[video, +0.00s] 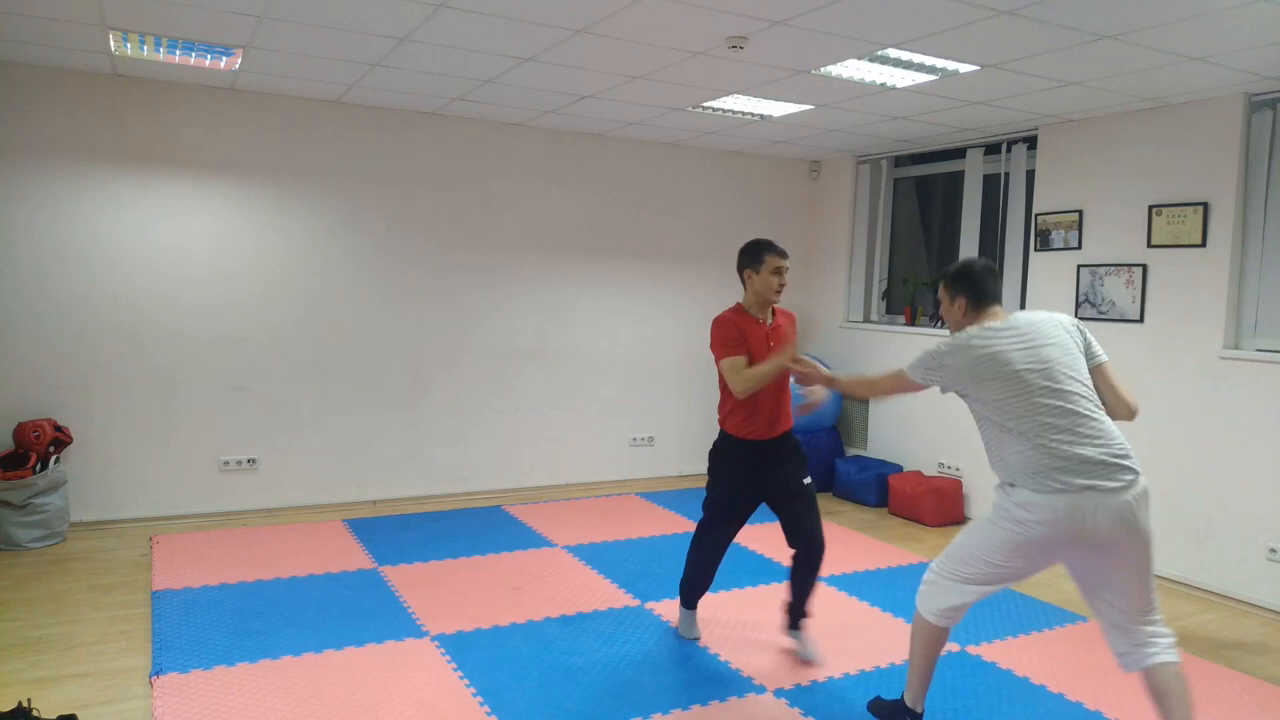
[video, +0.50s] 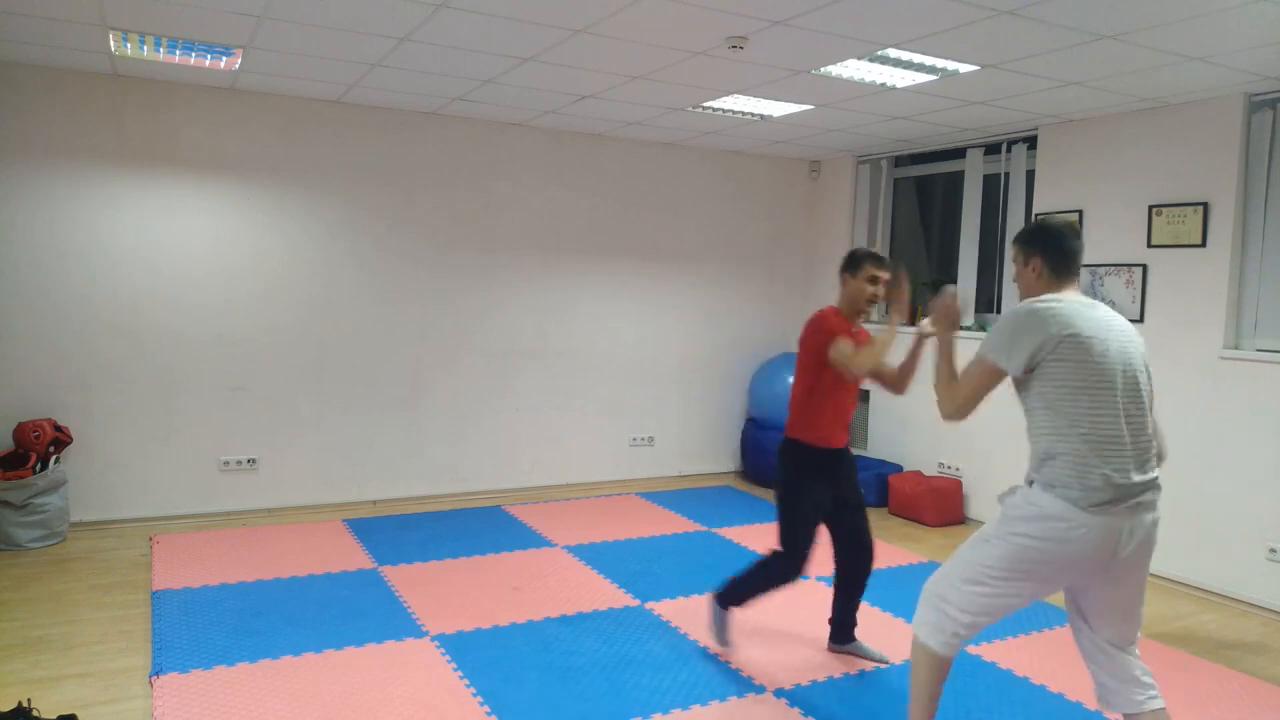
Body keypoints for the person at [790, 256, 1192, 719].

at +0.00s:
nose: (941, 317)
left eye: (942, 306)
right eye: (940, 307)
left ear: (961, 302)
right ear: (997, 297)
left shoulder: (961, 350)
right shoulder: (1066, 326)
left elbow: (878, 386)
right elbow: (1124, 407)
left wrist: (828, 379)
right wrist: (1061, 403)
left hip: (1040, 506)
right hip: (1121, 502)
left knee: (941, 586)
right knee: (1145, 630)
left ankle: (911, 705)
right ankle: (1181, 715)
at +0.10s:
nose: (951, 292)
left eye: (953, 281)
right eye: (951, 282)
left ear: (972, 279)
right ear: (1005, 277)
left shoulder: (961, 332)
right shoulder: (1065, 314)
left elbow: (894, 422)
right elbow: (1109, 407)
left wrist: (890, 417)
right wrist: (1045, 423)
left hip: (1027, 497)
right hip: (1107, 492)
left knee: (935, 589)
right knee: (1120, 631)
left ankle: (910, 704)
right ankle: (1155, 716)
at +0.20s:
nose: (974, 274)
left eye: (976, 264)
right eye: (974, 264)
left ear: (996, 262)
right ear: (1031, 263)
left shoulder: (977, 318)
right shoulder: (1083, 311)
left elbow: (961, 424)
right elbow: (1105, 405)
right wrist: (1045, 429)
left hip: (1022, 492)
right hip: (1101, 493)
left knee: (934, 593)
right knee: (1111, 638)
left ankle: (910, 704)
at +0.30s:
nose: (999, 270)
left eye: (1002, 259)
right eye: (1000, 259)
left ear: (1022, 257)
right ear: (1052, 260)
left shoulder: (1014, 306)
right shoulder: (1101, 313)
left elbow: (1005, 402)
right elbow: (1094, 400)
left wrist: (1001, 421)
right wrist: (1025, 414)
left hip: (1038, 499)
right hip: (1110, 502)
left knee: (947, 602)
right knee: (1116, 645)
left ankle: (913, 706)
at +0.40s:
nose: (1018, 273)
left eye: (1020, 262)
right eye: (1018, 263)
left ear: (1041, 259)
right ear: (1076, 261)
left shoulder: (1036, 309)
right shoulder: (1120, 322)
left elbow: (977, 399)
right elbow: (1092, 404)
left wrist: (972, 358)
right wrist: (1018, 360)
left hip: (1055, 508)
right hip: (1127, 513)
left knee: (945, 605)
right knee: (1119, 647)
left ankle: (919, 712)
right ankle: (1149, 711)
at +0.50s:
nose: (1015, 277)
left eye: (1018, 266)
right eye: (1016, 266)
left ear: (1035, 265)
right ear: (1073, 268)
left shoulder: (1031, 316)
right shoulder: (1121, 326)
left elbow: (953, 405)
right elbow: (1154, 447)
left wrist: (943, 333)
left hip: (1060, 518)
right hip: (1136, 522)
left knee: (944, 603)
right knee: (1116, 651)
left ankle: (919, 713)